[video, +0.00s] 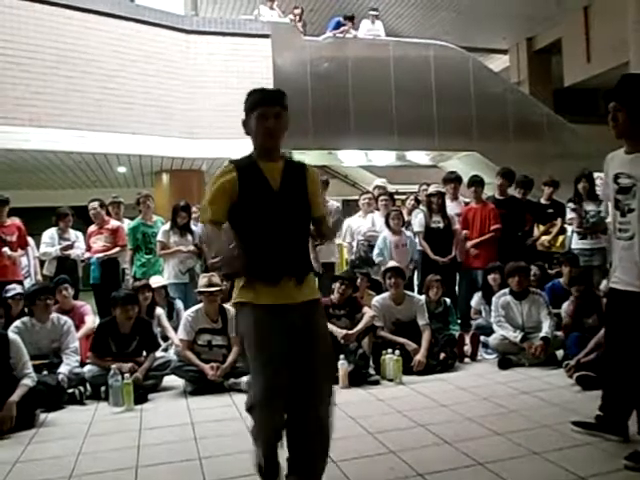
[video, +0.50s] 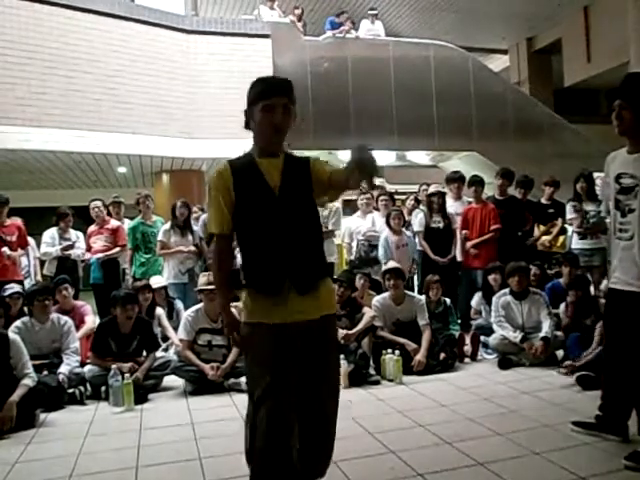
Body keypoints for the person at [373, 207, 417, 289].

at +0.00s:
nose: (396, 222)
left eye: (398, 219)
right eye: (393, 219)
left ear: (402, 220)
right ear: (388, 221)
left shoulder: (409, 235)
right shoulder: (384, 236)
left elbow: (415, 252)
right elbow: (377, 255)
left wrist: (411, 266)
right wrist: (389, 265)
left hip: (407, 272)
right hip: (390, 272)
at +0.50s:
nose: (397, 222)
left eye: (399, 218)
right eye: (393, 219)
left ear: (403, 220)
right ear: (388, 221)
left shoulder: (408, 235)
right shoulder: (385, 237)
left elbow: (414, 251)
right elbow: (382, 255)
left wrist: (413, 265)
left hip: (408, 272)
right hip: (392, 272)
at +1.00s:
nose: (397, 222)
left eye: (399, 219)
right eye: (393, 219)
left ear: (403, 221)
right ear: (388, 221)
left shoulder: (408, 235)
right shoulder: (386, 237)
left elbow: (413, 251)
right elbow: (383, 255)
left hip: (408, 271)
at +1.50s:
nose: (398, 222)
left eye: (400, 219)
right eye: (394, 220)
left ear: (403, 221)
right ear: (389, 221)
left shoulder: (409, 235)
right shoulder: (386, 235)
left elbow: (414, 249)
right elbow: (376, 251)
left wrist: (413, 261)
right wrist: (385, 264)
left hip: (408, 271)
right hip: (392, 271)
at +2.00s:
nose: (399, 223)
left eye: (401, 220)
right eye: (395, 220)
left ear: (404, 221)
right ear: (390, 221)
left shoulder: (409, 235)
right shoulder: (388, 235)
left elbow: (413, 251)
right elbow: (375, 250)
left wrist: (412, 263)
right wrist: (383, 263)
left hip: (408, 271)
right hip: (392, 271)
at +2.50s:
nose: (399, 223)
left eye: (401, 220)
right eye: (396, 220)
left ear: (405, 221)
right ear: (390, 222)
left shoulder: (410, 235)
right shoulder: (388, 236)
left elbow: (413, 253)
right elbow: (379, 256)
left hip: (409, 272)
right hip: (394, 273)